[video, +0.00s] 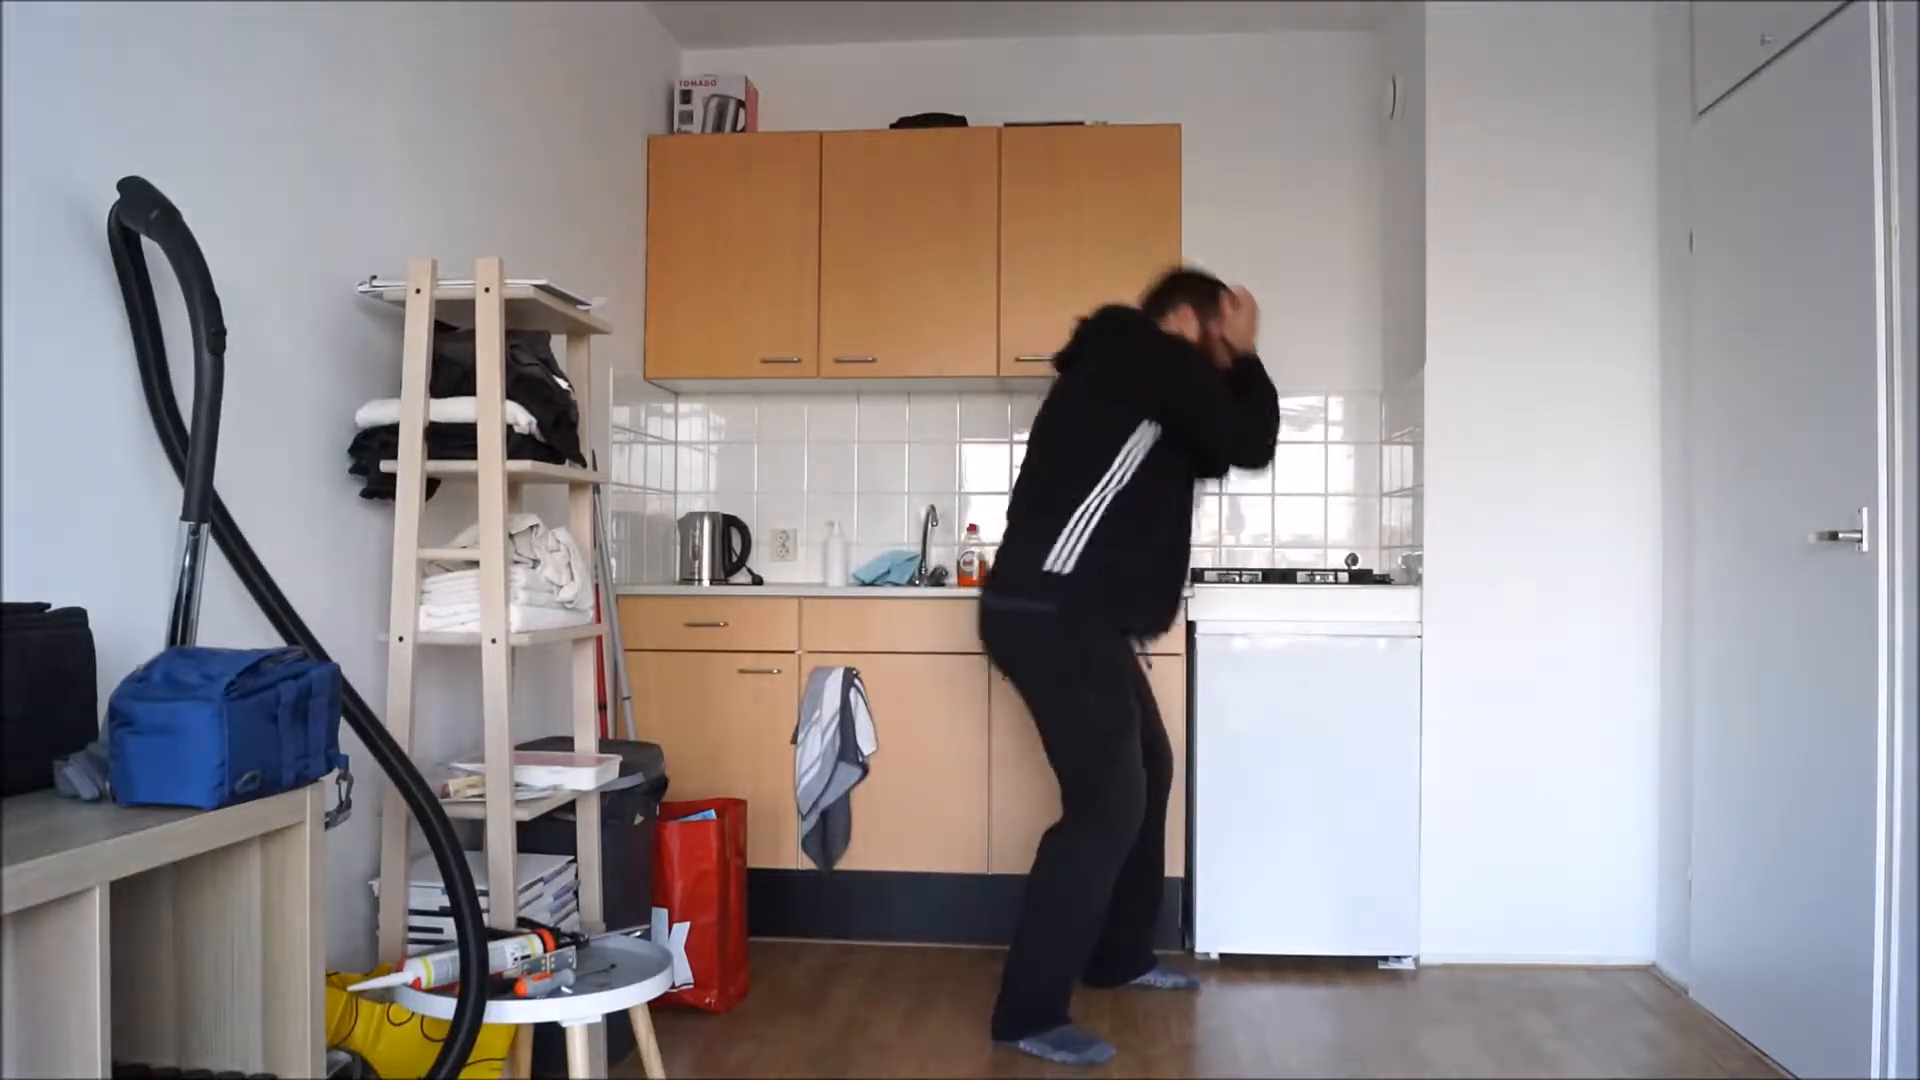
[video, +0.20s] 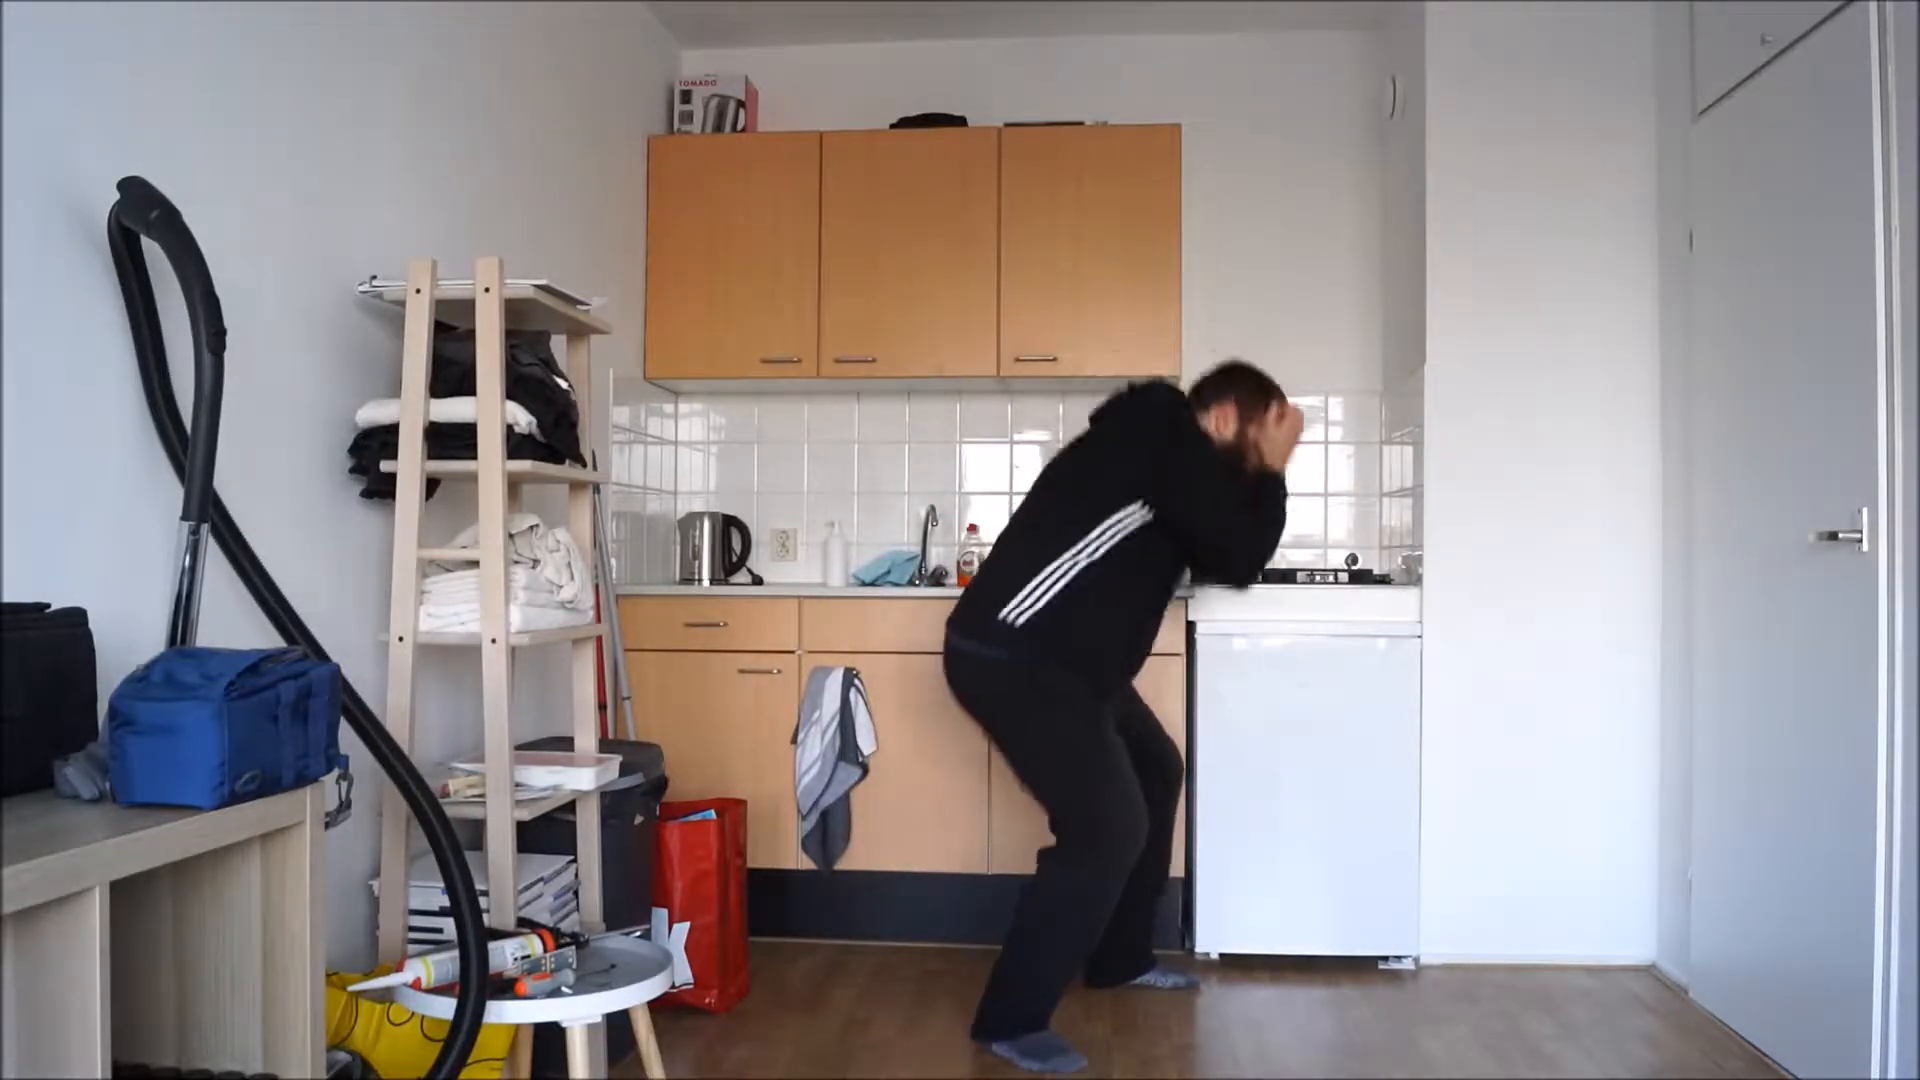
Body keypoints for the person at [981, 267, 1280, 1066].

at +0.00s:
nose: (1221, 349)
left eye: (1222, 335)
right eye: (1217, 333)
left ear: (1164, 314)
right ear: (1183, 320)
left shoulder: (1132, 360)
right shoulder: (1141, 355)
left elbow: (1227, 451)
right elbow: (1248, 441)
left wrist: (1232, 363)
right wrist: (1242, 354)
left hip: (1084, 613)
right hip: (1048, 612)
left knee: (1149, 769)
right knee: (1108, 798)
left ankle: (1119, 957)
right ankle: (1028, 1018)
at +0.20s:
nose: (1258, 450)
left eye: (1261, 440)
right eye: (1260, 437)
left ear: (1215, 412)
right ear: (1226, 415)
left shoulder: (1168, 438)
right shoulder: (1164, 428)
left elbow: (1220, 558)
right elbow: (1236, 560)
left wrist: (1250, 470)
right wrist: (1271, 469)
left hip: (1070, 656)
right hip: (1012, 653)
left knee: (1156, 773)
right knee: (1107, 826)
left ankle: (1119, 959)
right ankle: (1008, 1024)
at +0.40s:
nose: (1252, 426)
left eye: (1256, 414)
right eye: (1249, 411)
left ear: (1202, 400)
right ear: (1201, 392)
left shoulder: (1187, 448)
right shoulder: (1128, 406)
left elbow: (1250, 539)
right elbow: (1202, 527)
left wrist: (1263, 442)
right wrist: (1261, 441)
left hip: (1096, 665)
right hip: (1013, 658)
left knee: (1176, 784)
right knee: (1102, 826)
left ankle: (1120, 962)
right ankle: (1007, 1025)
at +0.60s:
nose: (1207, 301)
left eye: (1213, 286)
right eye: (1196, 282)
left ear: (1169, 295)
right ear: (1143, 284)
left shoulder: (1173, 356)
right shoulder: (1073, 335)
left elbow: (1257, 422)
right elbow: (1163, 408)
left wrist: (1243, 318)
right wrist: (1199, 316)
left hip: (1139, 631)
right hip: (1043, 622)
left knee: (1199, 785)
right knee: (1079, 808)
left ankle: (1153, 964)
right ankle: (1008, 1022)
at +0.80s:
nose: (1190, 233)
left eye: (1197, 229)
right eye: (1172, 222)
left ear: (1199, 266)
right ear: (1128, 255)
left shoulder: (1205, 339)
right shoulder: (1066, 317)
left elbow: (1263, 400)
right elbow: (1115, 382)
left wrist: (1228, 286)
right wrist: (1167, 293)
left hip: (1164, 624)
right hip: (1057, 615)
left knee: (1189, 812)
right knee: (1045, 809)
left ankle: (1189, 1003)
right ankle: (1006, 1020)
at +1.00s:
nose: (1136, 250)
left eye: (1152, 237)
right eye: (1122, 235)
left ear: (1169, 254)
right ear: (1099, 249)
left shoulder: (1195, 327)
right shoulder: (1054, 315)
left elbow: (1221, 380)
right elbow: (1033, 379)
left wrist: (1175, 284)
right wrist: (1090, 284)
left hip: (1168, 623)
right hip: (1047, 613)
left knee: (1184, 812)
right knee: (998, 790)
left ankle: (1189, 999)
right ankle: (993, 972)